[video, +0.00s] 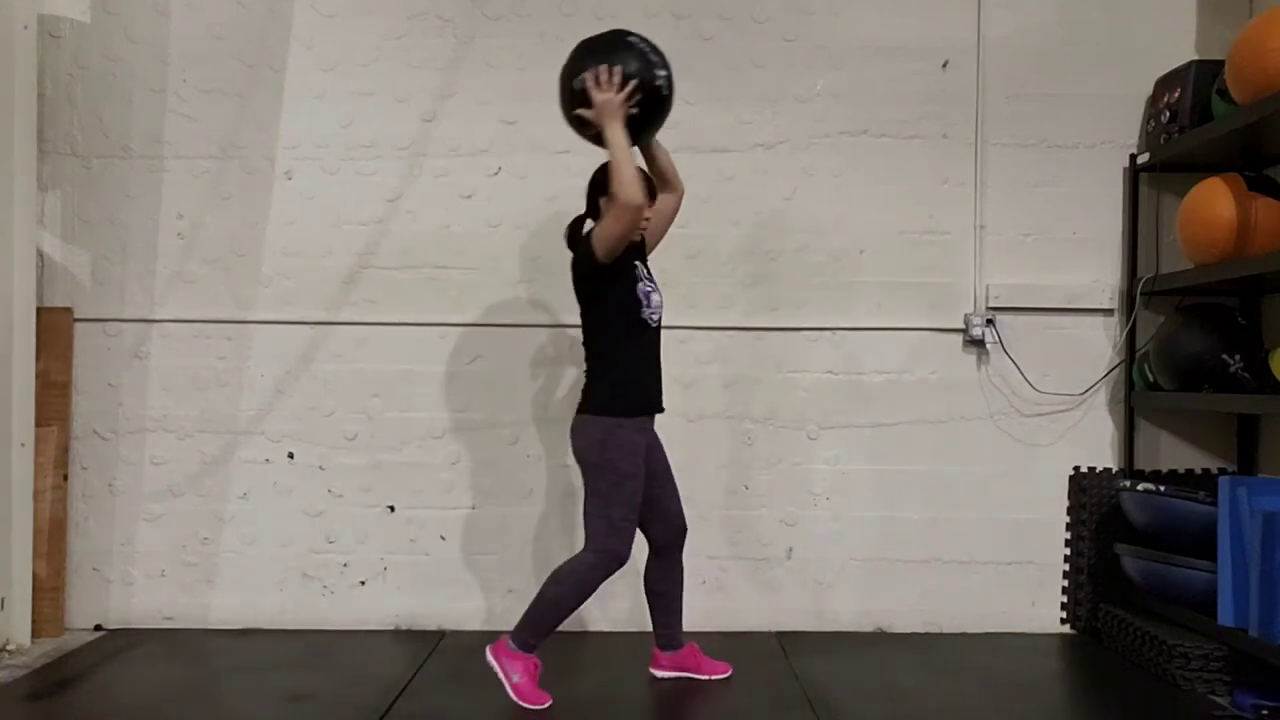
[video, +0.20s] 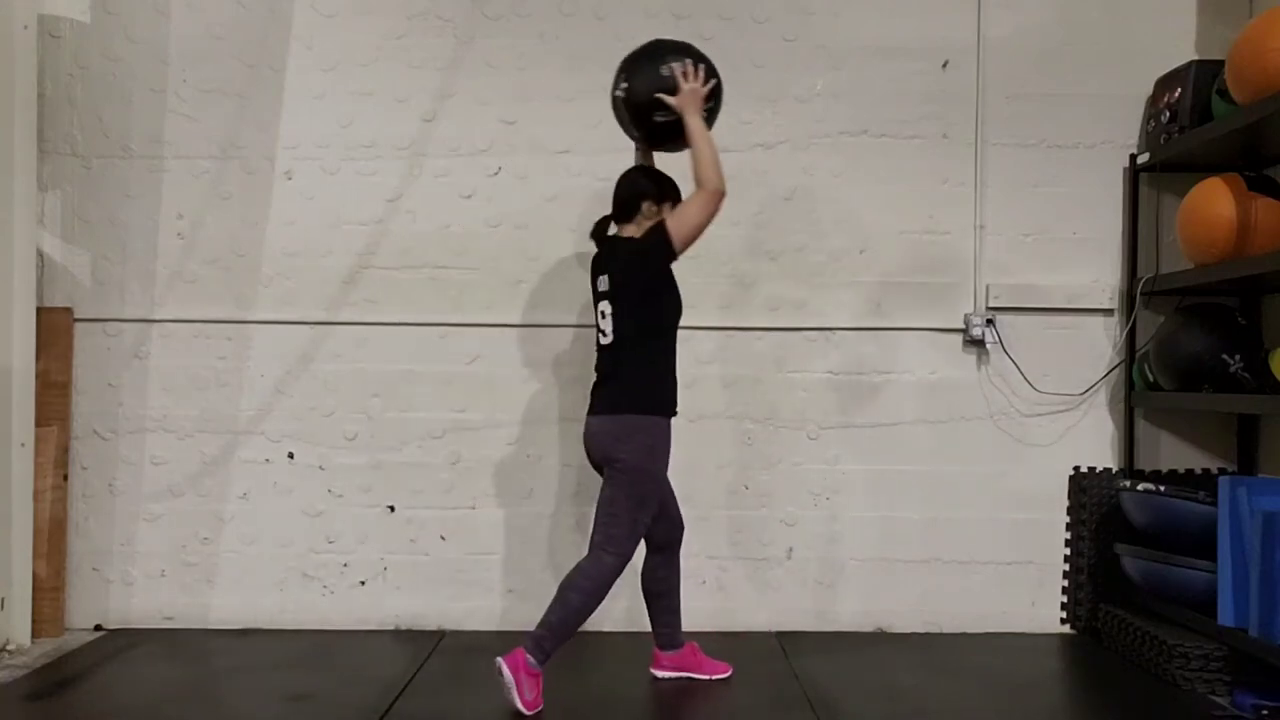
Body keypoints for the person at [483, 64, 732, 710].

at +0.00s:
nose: (637, 209)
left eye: (638, 198)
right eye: (627, 198)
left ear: (624, 207)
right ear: (606, 206)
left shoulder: (630, 249)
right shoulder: (593, 251)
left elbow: (673, 192)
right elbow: (631, 202)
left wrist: (640, 130)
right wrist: (611, 123)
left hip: (637, 427)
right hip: (607, 428)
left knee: (669, 535)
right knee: (607, 551)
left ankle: (671, 649)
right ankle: (517, 648)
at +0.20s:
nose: (672, 216)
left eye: (670, 207)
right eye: (667, 207)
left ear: (623, 208)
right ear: (653, 210)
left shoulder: (611, 255)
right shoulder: (647, 253)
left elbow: (643, 197)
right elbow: (711, 192)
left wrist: (648, 136)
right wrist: (693, 116)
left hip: (606, 427)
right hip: (639, 430)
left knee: (667, 531)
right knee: (610, 553)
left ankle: (671, 650)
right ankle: (530, 657)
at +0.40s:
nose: (699, 233)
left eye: (698, 225)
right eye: (696, 224)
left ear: (646, 222)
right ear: (678, 224)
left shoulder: (615, 268)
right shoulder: (682, 267)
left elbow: (653, 235)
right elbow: (754, 226)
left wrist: (679, 184)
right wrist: (756, 158)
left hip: (602, 436)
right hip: (642, 438)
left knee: (674, 531)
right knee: (619, 566)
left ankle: (673, 650)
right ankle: (526, 658)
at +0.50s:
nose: (702, 254)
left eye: (701, 245)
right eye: (700, 245)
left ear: (653, 239)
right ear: (687, 242)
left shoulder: (620, 286)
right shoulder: (685, 287)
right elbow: (759, 294)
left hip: (595, 446)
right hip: (632, 451)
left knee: (678, 532)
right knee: (626, 582)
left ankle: (673, 650)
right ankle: (522, 660)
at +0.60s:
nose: (709, 281)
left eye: (710, 271)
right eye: (709, 271)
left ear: (662, 263)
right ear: (696, 267)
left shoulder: (630, 312)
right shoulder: (697, 323)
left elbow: (665, 369)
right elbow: (746, 388)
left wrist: (726, 360)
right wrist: (795, 372)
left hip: (589, 460)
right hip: (620, 468)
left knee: (681, 531)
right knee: (626, 601)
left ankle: (674, 651)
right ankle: (516, 663)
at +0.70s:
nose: (715, 302)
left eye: (717, 293)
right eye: (716, 293)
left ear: (668, 287)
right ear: (703, 290)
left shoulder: (640, 336)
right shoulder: (703, 349)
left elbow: (625, 410)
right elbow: (729, 438)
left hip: (586, 475)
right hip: (613, 484)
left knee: (684, 533)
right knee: (622, 618)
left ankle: (675, 650)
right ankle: (510, 668)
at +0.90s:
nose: (730, 318)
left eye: (732, 310)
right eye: (730, 309)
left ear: (681, 303)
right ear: (718, 306)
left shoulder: (651, 349)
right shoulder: (713, 366)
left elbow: (636, 428)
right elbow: (726, 458)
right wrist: (749, 522)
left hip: (589, 480)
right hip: (616, 490)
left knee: (691, 534)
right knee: (625, 625)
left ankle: (676, 651)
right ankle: (510, 668)